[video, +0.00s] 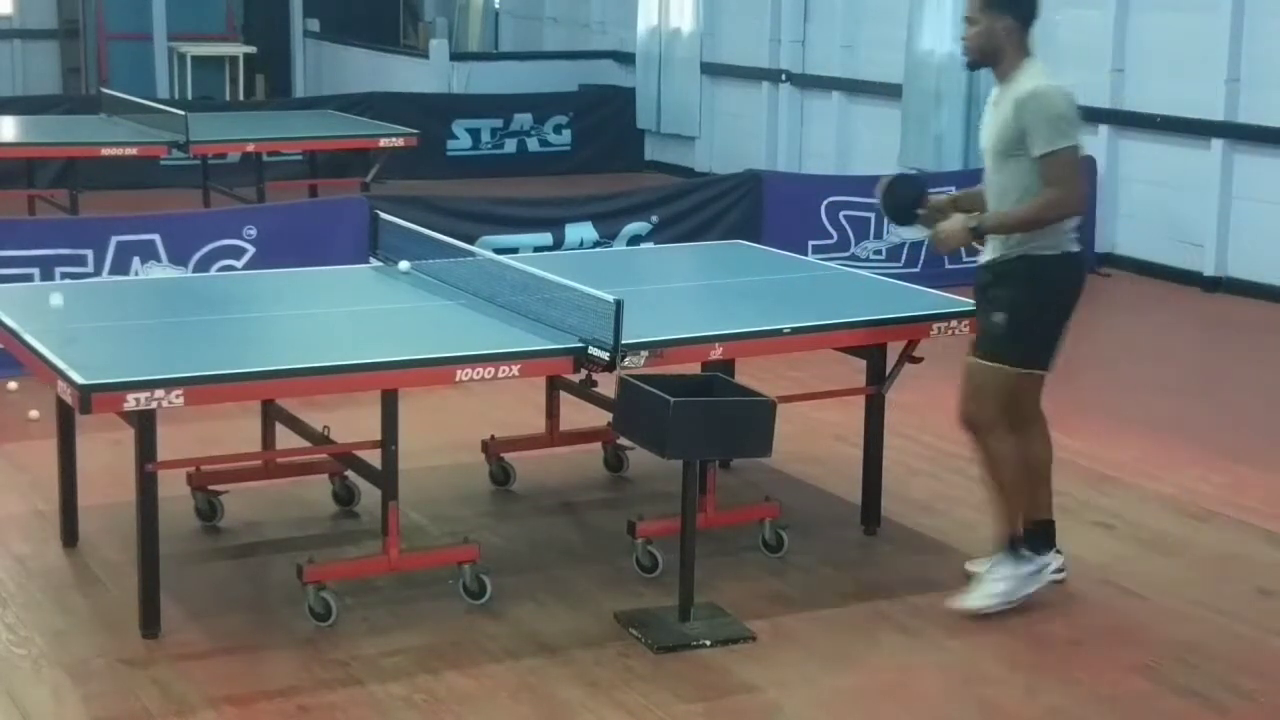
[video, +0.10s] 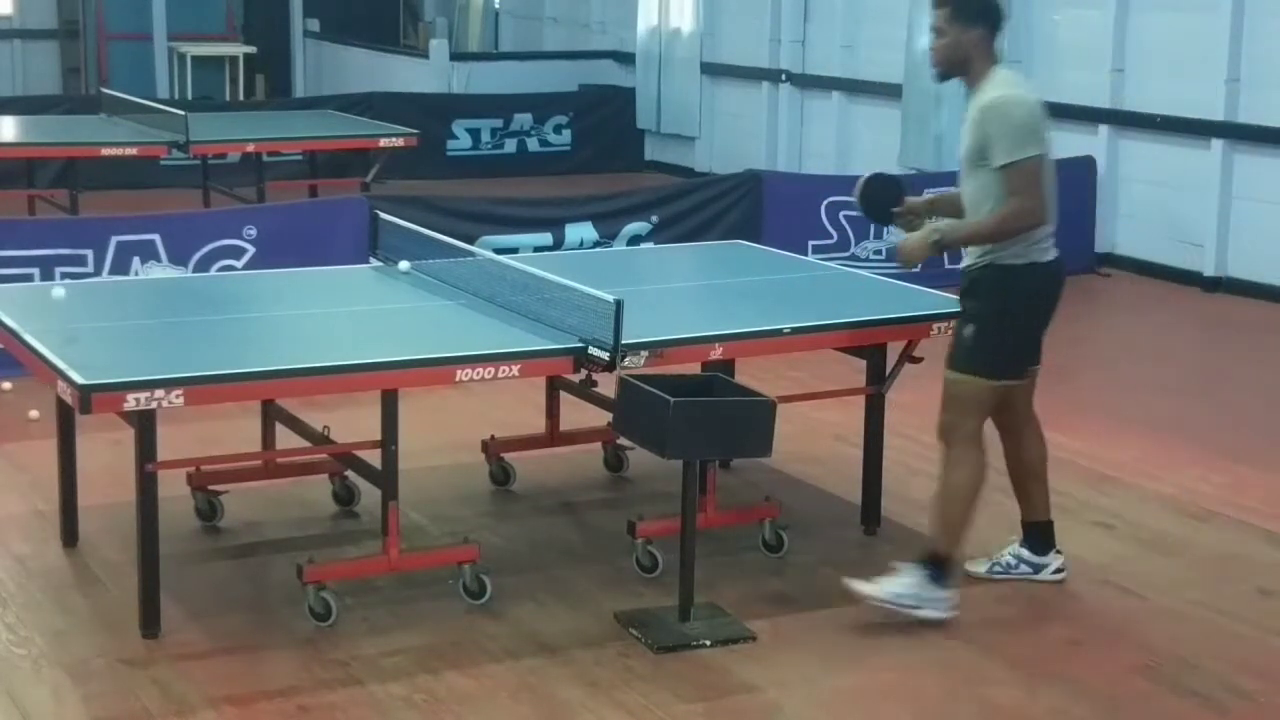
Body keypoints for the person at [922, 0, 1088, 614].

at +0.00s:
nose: (964, 35)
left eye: (973, 22)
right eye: (965, 22)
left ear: (1008, 26)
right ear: (1003, 28)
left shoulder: (1041, 97)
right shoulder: (1007, 97)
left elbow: (1069, 196)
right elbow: (1019, 188)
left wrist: (976, 225)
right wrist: (956, 202)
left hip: (1037, 267)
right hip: (1020, 264)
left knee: (982, 409)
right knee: (1020, 411)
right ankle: (1038, 546)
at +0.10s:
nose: (931, 45)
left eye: (941, 32)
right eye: (932, 33)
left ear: (979, 34)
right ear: (971, 36)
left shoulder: (1005, 104)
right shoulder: (990, 101)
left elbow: (1029, 209)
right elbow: (994, 194)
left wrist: (940, 237)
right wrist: (928, 206)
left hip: (1009, 278)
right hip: (1013, 273)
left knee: (959, 425)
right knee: (1013, 415)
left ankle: (935, 576)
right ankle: (1040, 549)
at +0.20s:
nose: (896, 61)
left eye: (903, 49)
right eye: (896, 49)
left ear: (936, 48)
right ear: (937, 48)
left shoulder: (964, 113)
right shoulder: (974, 100)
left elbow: (977, 227)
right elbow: (979, 201)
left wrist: (886, 264)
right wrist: (916, 213)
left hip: (984, 287)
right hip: (1008, 280)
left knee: (933, 433)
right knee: (1003, 416)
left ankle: (889, 589)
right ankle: (1039, 549)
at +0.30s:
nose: (848, 84)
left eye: (854, 71)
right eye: (845, 72)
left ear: (887, 61)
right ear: (899, 61)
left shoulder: (917, 125)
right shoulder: (958, 103)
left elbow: (915, 244)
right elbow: (962, 199)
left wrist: (827, 298)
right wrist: (896, 229)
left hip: (964, 290)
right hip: (1004, 280)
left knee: (897, 425)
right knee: (993, 412)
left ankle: (881, 591)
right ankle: (1036, 544)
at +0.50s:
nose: (778, 122)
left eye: (781, 108)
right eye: (773, 110)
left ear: (814, 92)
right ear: (823, 86)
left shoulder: (835, 155)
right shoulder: (905, 97)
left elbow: (814, 279)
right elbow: (974, 167)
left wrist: (741, 356)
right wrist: (898, 243)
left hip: (944, 292)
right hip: (1000, 272)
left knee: (892, 430)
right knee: (1001, 402)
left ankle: (880, 591)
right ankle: (1028, 540)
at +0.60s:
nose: (762, 132)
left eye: (764, 119)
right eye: (756, 120)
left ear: (796, 101)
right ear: (811, 94)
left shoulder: (820, 164)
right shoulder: (896, 100)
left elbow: (791, 293)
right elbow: (973, 169)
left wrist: (727, 364)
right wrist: (902, 243)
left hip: (940, 291)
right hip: (998, 267)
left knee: (890, 433)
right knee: (1010, 401)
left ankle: (879, 592)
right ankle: (1039, 539)